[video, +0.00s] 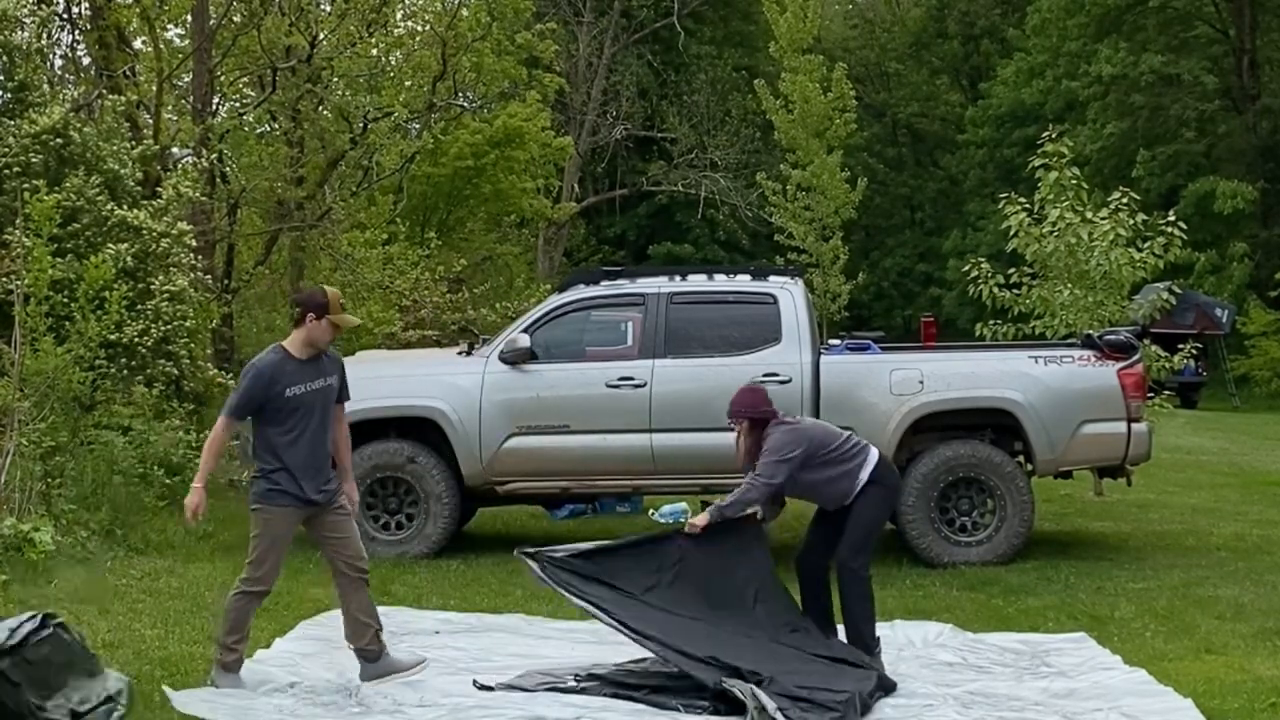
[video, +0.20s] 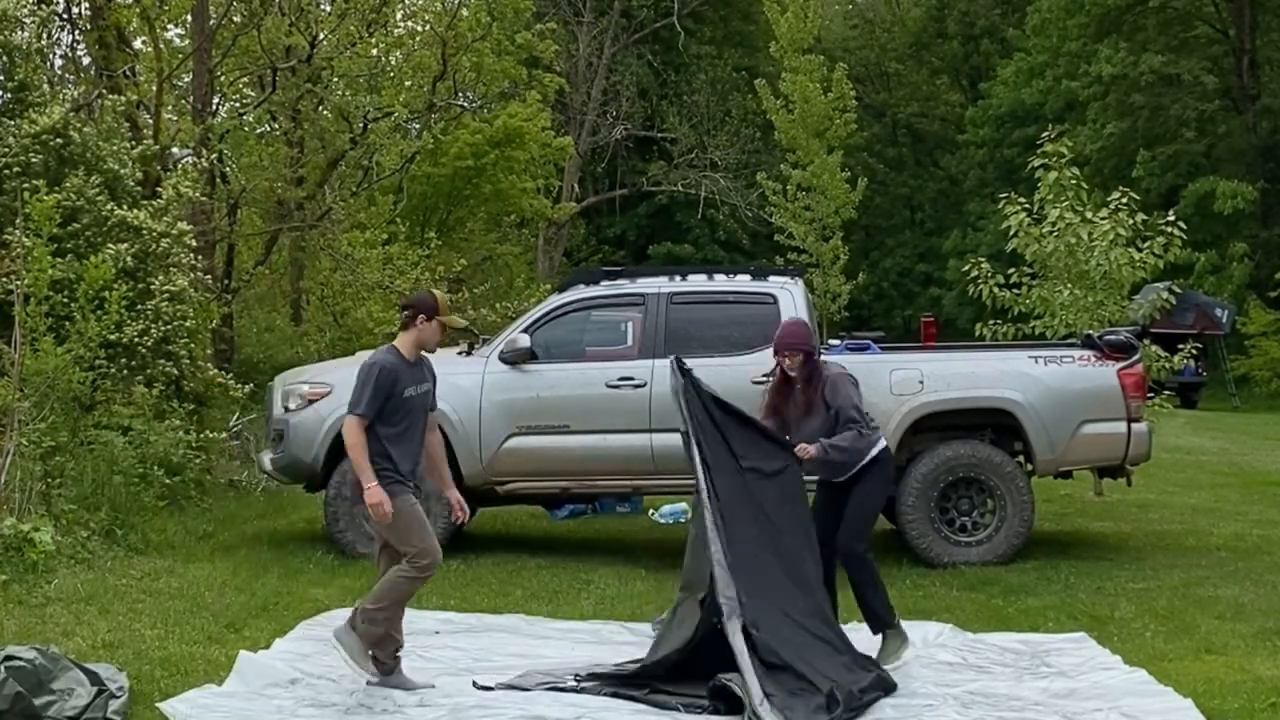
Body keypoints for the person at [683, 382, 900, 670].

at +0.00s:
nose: (734, 428)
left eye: (737, 421)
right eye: (733, 422)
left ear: (750, 421)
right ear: (757, 419)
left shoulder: (784, 436)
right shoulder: (767, 442)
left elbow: (759, 486)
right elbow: (775, 499)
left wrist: (710, 514)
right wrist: (756, 513)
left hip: (875, 481)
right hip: (841, 492)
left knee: (849, 562)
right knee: (810, 562)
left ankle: (866, 660)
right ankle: (822, 649)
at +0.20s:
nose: (789, 360)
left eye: (796, 353)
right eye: (783, 354)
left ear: (810, 352)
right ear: (776, 356)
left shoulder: (834, 380)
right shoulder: (780, 389)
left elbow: (859, 432)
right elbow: (768, 436)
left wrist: (820, 448)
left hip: (871, 466)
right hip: (833, 475)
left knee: (850, 546)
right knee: (819, 549)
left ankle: (891, 632)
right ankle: (825, 634)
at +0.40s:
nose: (892, 343)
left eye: (899, 336)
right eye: (886, 336)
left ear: (913, 337)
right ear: (878, 337)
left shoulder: (933, 375)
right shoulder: (866, 373)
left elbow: (939, 433)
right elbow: (846, 417)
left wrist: (896, 451)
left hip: (925, 474)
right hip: (881, 475)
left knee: (926, 558)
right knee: (844, 549)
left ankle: (942, 652)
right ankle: (833, 645)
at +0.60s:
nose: (921, 338)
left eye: (928, 331)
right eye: (917, 331)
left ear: (945, 333)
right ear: (910, 332)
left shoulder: (967, 365)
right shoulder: (903, 368)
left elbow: (996, 414)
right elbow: (897, 419)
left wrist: (974, 384)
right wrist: (907, 381)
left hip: (958, 471)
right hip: (916, 473)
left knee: (945, 554)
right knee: (920, 553)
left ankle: (947, 649)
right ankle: (961, 628)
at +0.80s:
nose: (928, 343)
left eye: (934, 336)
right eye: (922, 337)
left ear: (950, 334)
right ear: (917, 338)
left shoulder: (976, 365)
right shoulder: (914, 374)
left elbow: (1015, 386)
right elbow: (922, 422)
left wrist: (1042, 391)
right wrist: (966, 428)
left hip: (972, 468)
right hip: (936, 470)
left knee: (963, 546)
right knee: (953, 551)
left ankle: (970, 636)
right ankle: (964, 639)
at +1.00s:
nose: (970, 355)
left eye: (977, 350)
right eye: (966, 349)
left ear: (993, 351)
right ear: (962, 349)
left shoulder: (1011, 384)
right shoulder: (947, 381)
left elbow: (1051, 427)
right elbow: (924, 426)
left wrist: (1094, 470)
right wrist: (914, 468)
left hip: (1003, 476)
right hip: (957, 476)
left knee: (1003, 556)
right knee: (957, 555)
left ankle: (1012, 642)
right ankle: (963, 642)